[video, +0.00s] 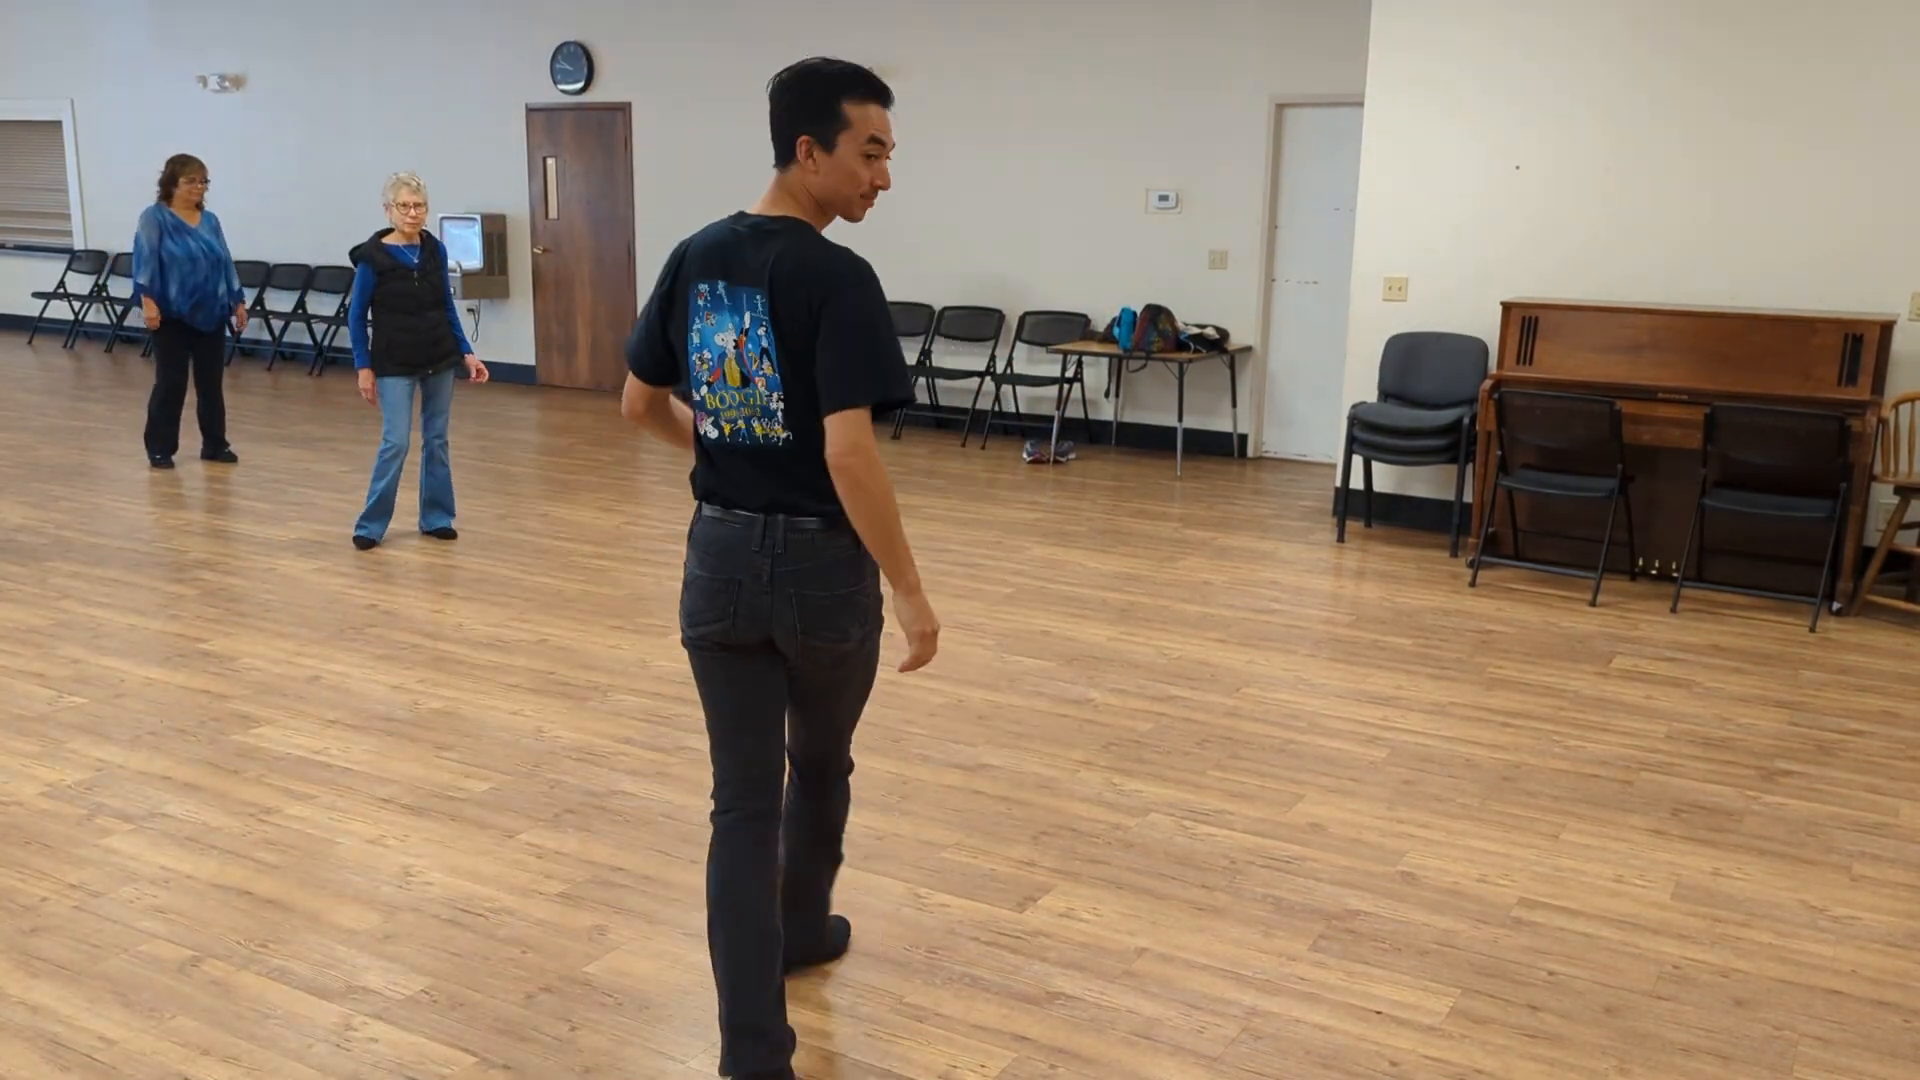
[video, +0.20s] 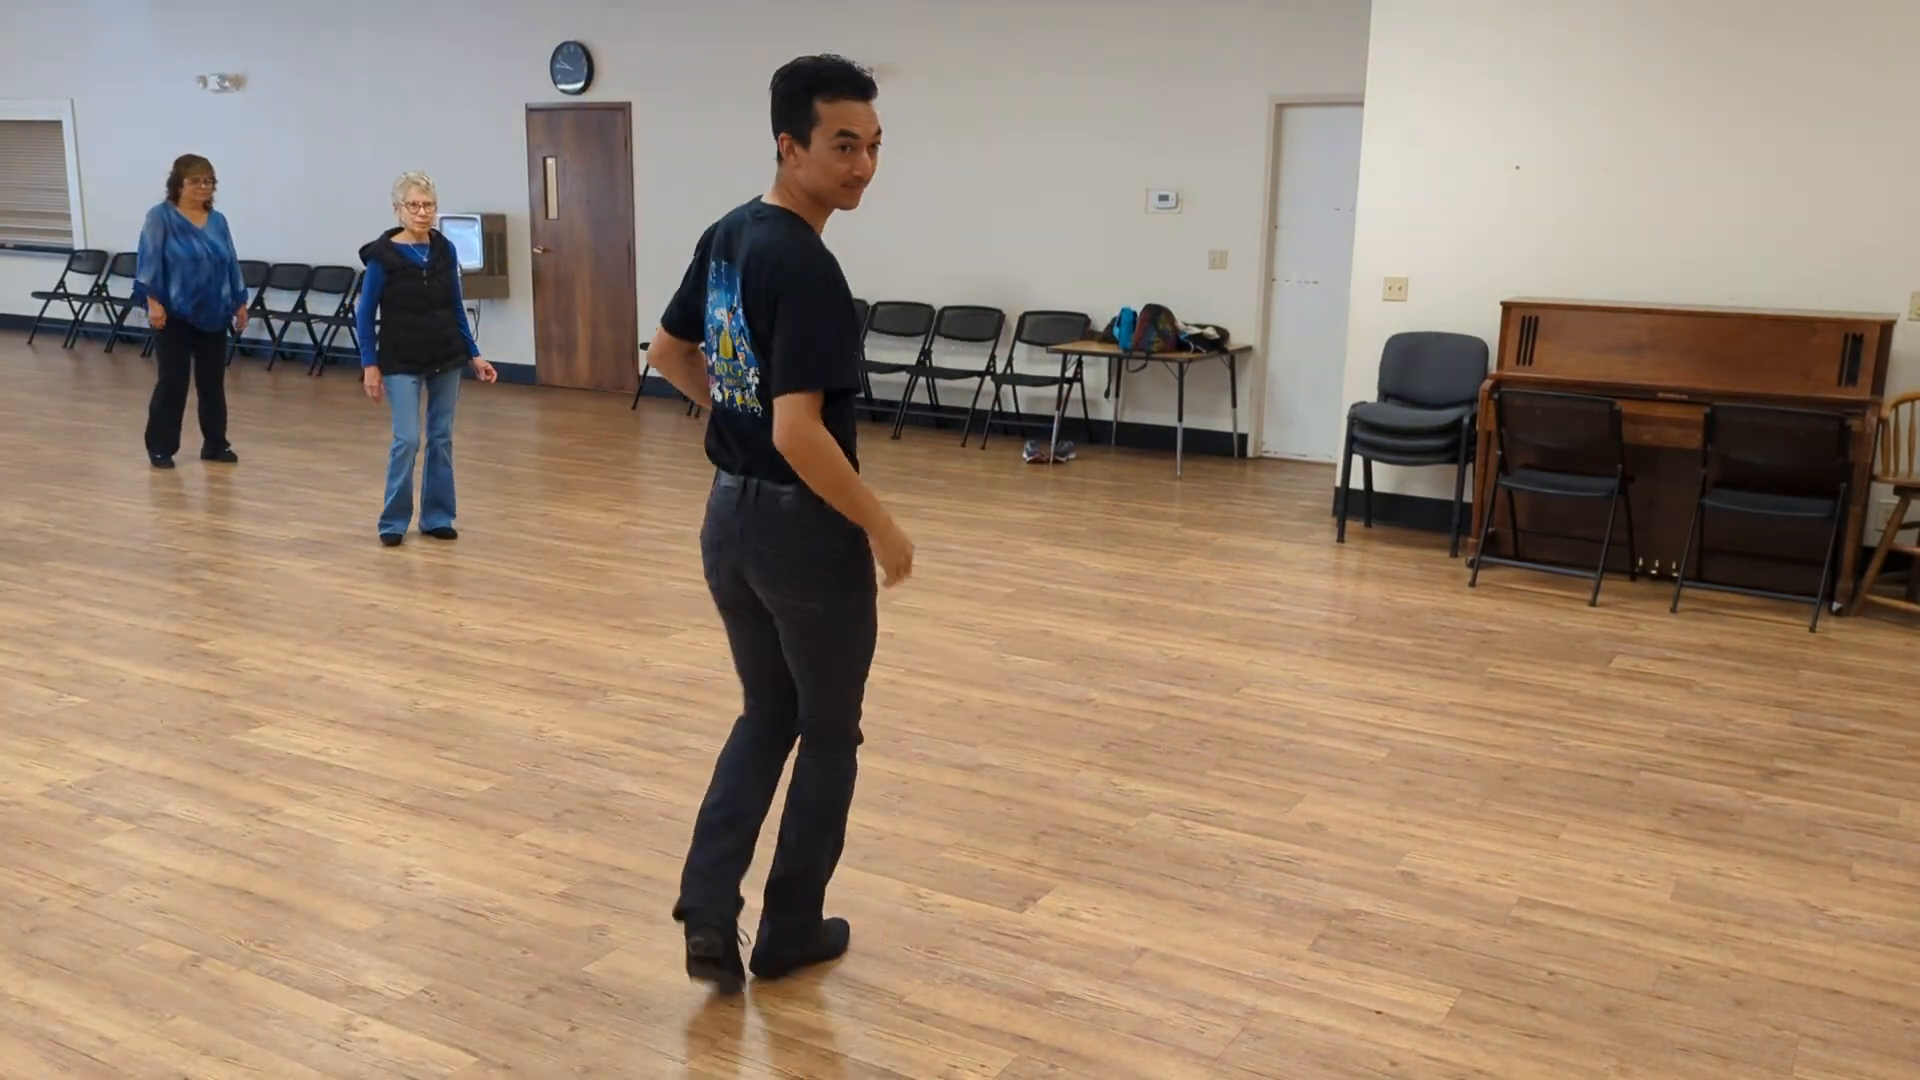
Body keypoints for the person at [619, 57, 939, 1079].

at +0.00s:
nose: (885, 172)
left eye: (887, 151)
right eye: (872, 149)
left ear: (801, 154)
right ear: (806, 149)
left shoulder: (698, 254)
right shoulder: (838, 278)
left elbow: (642, 398)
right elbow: (850, 450)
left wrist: (717, 440)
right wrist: (908, 589)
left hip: (719, 553)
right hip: (822, 560)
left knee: (742, 799)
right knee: (820, 754)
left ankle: (754, 1058)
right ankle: (801, 927)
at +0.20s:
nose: (867, 161)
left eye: (873, 143)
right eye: (849, 142)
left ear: (800, 150)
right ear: (790, 147)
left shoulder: (725, 235)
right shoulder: (810, 271)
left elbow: (671, 349)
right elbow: (795, 430)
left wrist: (732, 409)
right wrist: (881, 522)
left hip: (731, 521)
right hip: (807, 531)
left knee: (767, 715)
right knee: (830, 733)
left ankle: (706, 913)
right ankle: (790, 929)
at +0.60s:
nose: (799, 148)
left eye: (810, 132)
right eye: (779, 131)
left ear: (821, 141)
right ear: (741, 139)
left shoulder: (799, 238)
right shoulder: (705, 244)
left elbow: (782, 346)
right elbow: (652, 377)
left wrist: (811, 408)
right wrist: (758, 427)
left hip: (780, 490)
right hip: (722, 496)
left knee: (758, 668)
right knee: (764, 689)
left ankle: (738, 813)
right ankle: (759, 897)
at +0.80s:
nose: (762, 142)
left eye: (774, 127)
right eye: (743, 125)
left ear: (785, 135)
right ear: (705, 132)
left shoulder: (781, 233)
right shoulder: (663, 236)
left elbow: (779, 333)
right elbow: (590, 355)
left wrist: (776, 405)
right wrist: (695, 421)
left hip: (746, 484)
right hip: (673, 484)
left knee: (744, 655)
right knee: (686, 668)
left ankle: (735, 810)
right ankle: (640, 853)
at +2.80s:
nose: (723, 148)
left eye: (726, 134)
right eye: (708, 133)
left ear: (713, 141)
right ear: (653, 136)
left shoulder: (719, 228)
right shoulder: (584, 226)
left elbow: (692, 320)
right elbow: (489, 280)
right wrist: (550, 374)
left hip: (697, 471)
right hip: (617, 475)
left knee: (705, 647)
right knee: (594, 663)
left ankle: (712, 795)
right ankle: (571, 839)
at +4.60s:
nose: (827, 165)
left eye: (831, 150)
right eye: (813, 148)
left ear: (793, 152)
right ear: (760, 145)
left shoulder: (793, 236)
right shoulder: (685, 230)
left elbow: (744, 329)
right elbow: (562, 283)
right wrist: (633, 381)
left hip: (769, 482)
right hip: (692, 483)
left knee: (784, 665)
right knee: (653, 669)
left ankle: (798, 827)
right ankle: (582, 832)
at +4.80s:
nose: (874, 171)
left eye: (879, 156)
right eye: (863, 153)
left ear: (838, 151)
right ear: (810, 142)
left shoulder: (841, 250)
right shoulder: (735, 235)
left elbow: (878, 339)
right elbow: (634, 327)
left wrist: (900, 400)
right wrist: (716, 425)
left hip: (809, 486)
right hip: (737, 489)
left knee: (800, 669)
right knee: (731, 673)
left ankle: (799, 827)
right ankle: (639, 817)